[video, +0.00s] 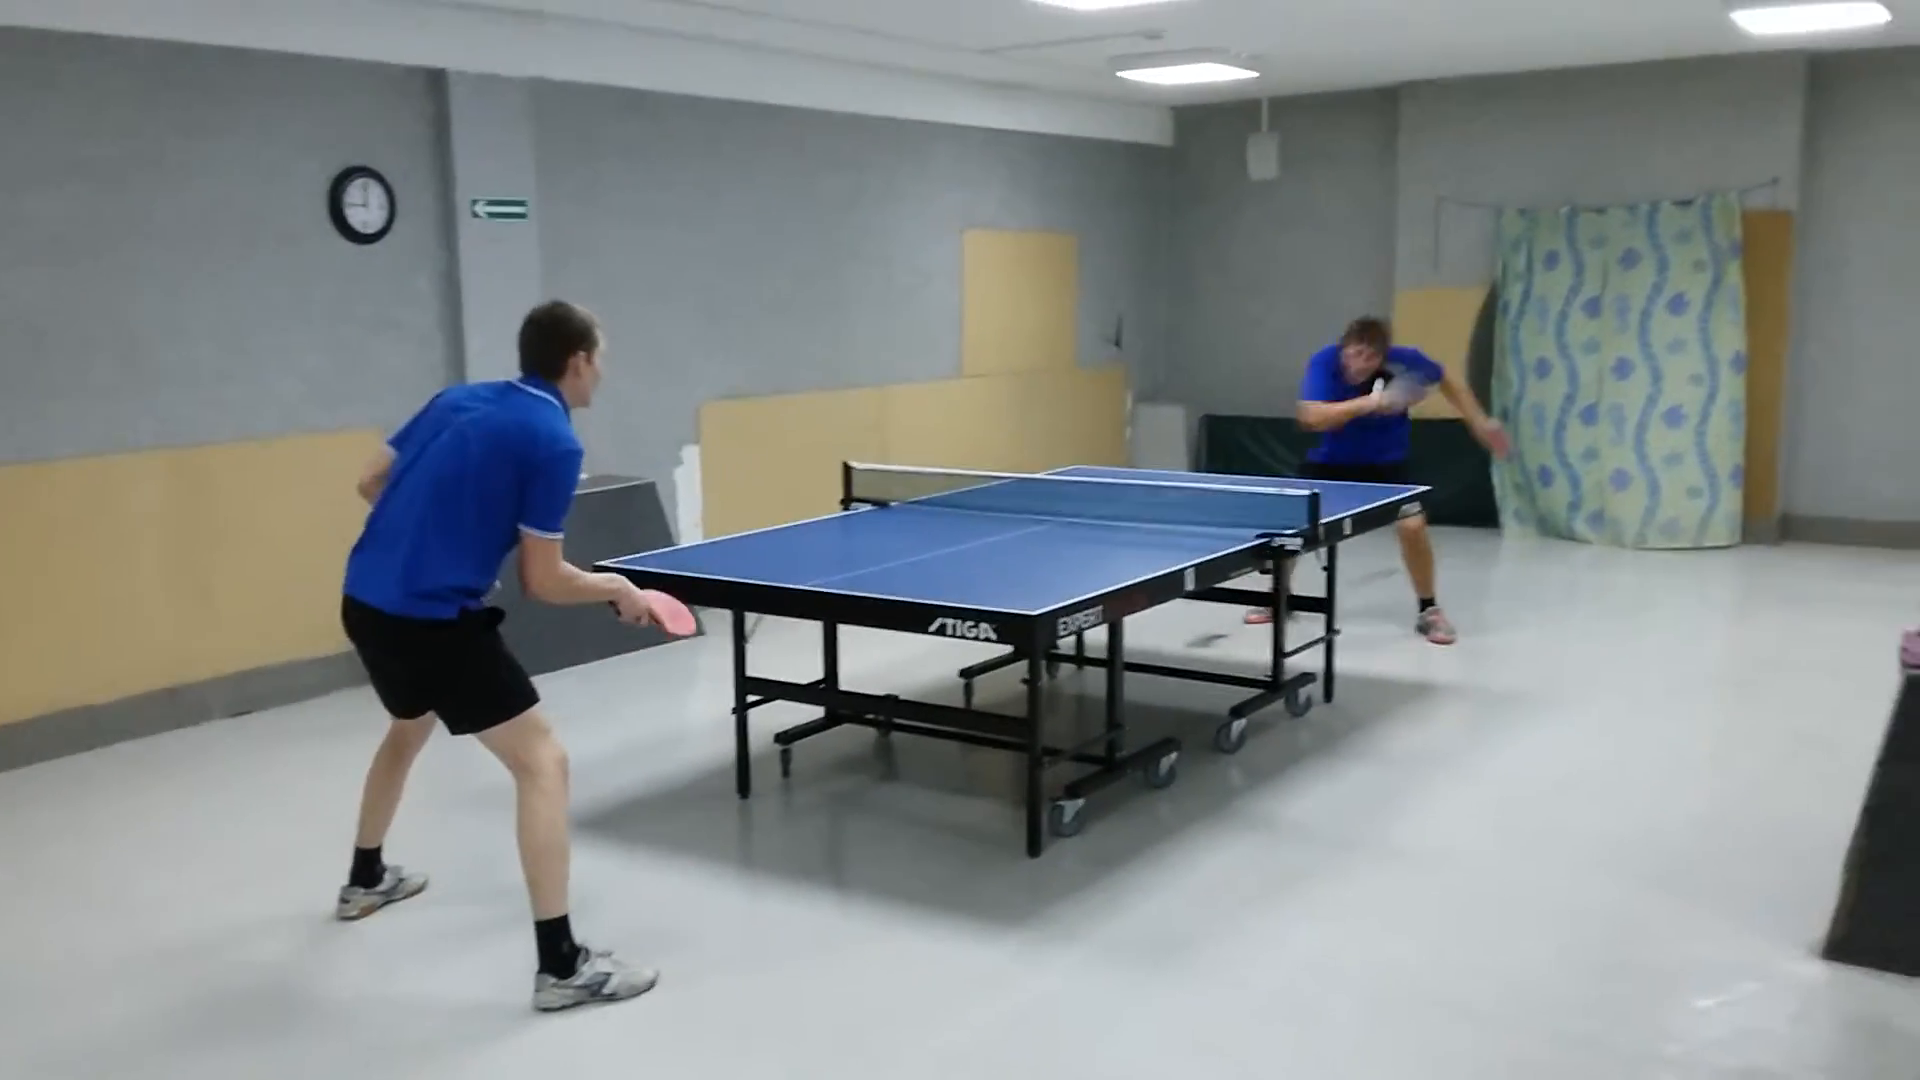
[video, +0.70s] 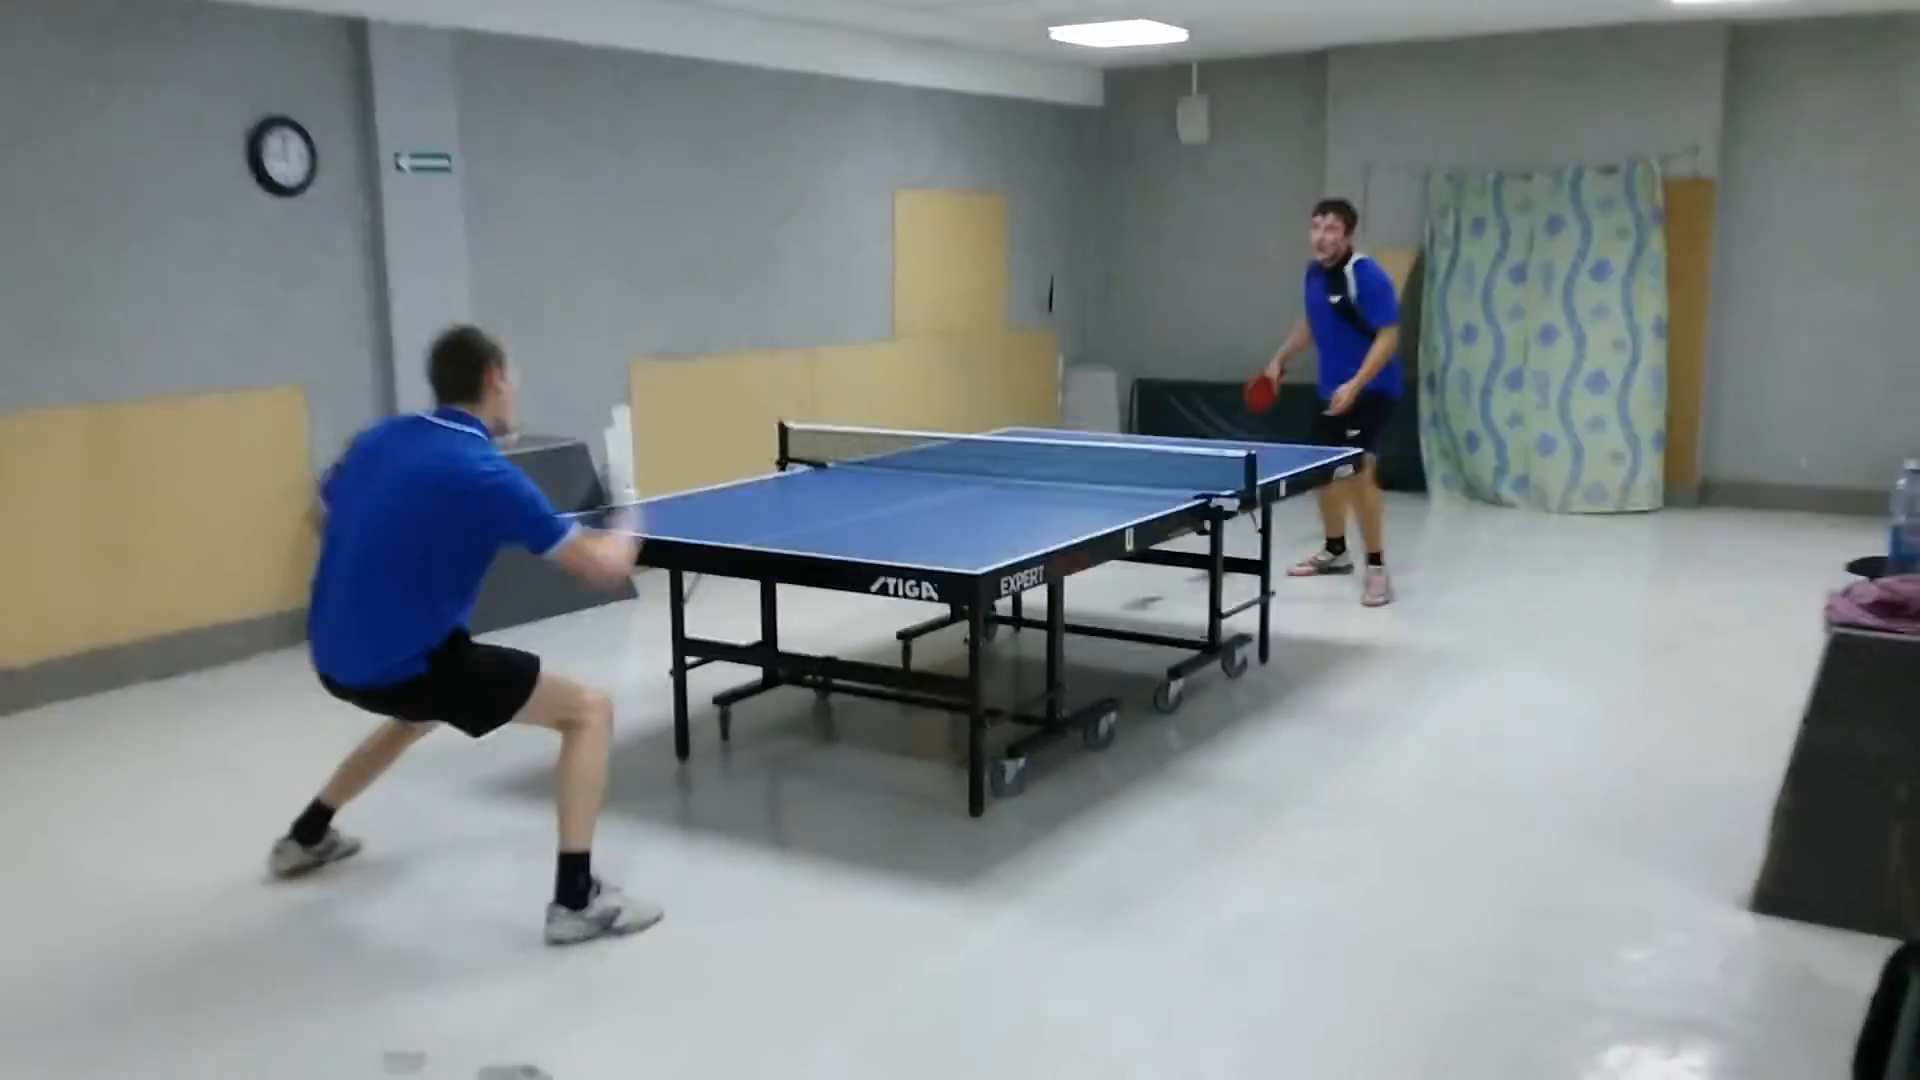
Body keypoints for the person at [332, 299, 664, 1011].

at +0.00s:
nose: (599, 373)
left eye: (597, 360)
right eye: (597, 361)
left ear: (528, 359)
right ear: (576, 364)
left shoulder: (458, 399)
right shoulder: (553, 440)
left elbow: (372, 481)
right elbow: (543, 578)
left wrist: (442, 529)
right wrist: (616, 589)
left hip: (367, 603)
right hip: (437, 616)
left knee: (410, 726)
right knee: (542, 764)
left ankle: (363, 880)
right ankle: (560, 965)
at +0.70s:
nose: (511, 393)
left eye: (510, 381)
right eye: (509, 381)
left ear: (438, 386)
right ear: (493, 382)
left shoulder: (381, 437)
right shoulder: (485, 473)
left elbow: (326, 509)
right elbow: (600, 566)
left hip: (338, 658)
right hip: (409, 666)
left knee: (425, 706)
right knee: (588, 709)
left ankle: (306, 836)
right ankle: (576, 899)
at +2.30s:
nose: (97, 332)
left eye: (94, 316)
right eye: (91, 316)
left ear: (21, 324)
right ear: (63, 321)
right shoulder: (92, 389)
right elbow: (240, 472)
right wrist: (369, 518)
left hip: (15, 622)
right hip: (23, 624)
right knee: (108, 821)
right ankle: (119, 1036)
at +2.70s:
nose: (156, 301)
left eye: (152, 285)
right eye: (146, 285)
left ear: (83, 296)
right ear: (109, 292)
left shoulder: (16, 366)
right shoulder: (111, 384)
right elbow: (173, 541)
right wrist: (282, 584)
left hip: (8, 624)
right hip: (52, 632)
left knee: (21, 759)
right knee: (165, 797)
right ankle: (156, 1020)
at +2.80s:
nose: (168, 364)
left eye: (163, 347)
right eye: (159, 347)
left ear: (93, 359)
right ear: (123, 356)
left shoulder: (32, 427)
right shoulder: (115, 446)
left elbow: (19, 552)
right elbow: (176, 599)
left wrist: (95, 610)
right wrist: (287, 620)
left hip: (10, 672)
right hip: (35, 684)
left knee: (24, 778)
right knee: (180, 816)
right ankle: (145, 1031)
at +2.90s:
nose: (163, 407)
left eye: (160, 392)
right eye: (154, 392)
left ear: (89, 402)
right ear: (120, 399)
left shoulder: (26, 463)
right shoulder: (119, 483)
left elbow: (27, 588)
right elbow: (157, 626)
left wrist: (118, 626)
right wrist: (209, 690)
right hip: (34, 704)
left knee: (23, 775)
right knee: (192, 826)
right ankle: (150, 1034)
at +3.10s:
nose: (70, 374)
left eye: (67, 360)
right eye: (63, 360)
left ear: (21, 366)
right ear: (35, 365)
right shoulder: (52, 427)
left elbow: (162, 528)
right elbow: (162, 529)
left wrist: (128, 539)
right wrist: (124, 552)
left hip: (16, 640)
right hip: (13, 638)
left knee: (47, 812)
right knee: (46, 812)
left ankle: (121, 1008)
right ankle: (121, 1010)